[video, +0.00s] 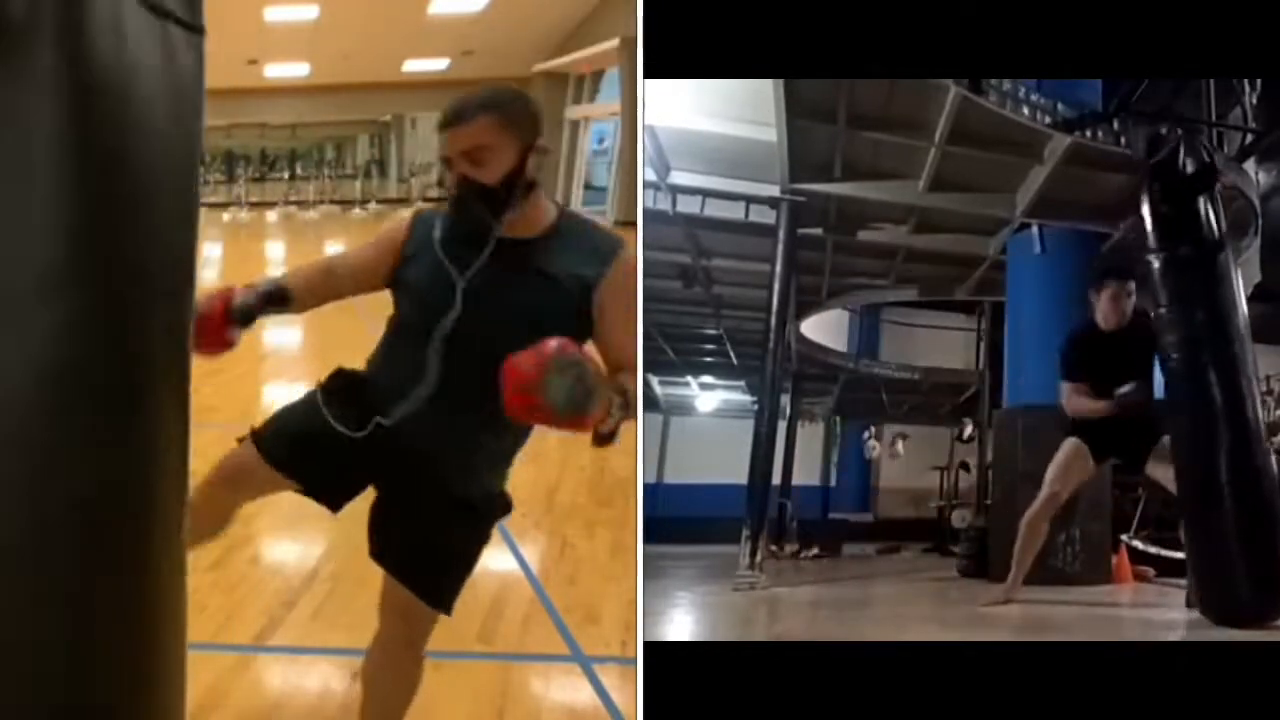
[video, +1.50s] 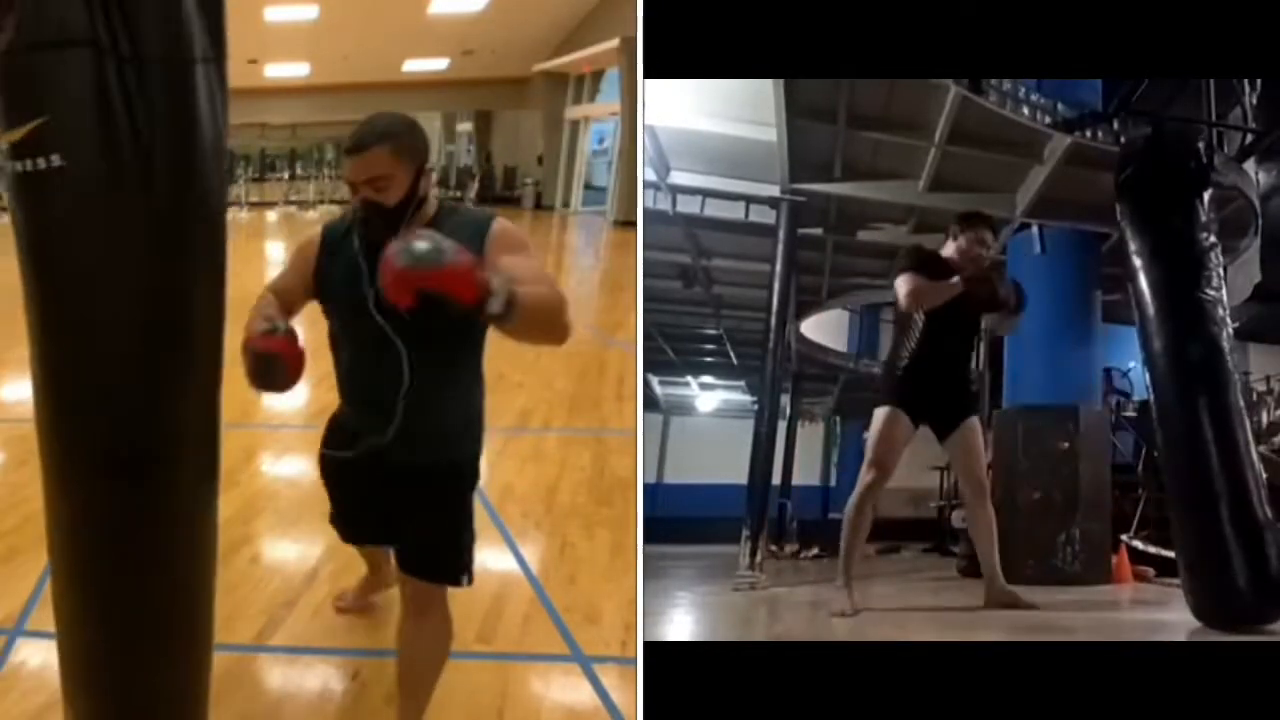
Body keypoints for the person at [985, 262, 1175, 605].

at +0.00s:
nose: (1121, 304)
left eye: (1127, 296)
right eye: (1114, 296)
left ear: (1136, 299)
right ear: (1095, 298)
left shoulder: (1145, 332)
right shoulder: (1079, 340)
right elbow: (1071, 403)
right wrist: (1113, 405)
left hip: (1140, 426)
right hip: (1094, 429)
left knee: (1196, 488)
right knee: (1050, 495)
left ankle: (1211, 581)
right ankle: (1011, 585)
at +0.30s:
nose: (1160, 259)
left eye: (1163, 254)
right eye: (1155, 251)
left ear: (1163, 259)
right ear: (1139, 253)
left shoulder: (1159, 291)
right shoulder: (1113, 282)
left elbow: (1176, 327)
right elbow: (1102, 331)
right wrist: (1140, 294)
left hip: (1139, 400)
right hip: (1100, 395)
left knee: (1167, 485)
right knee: (1065, 482)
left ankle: (1173, 584)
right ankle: (1003, 561)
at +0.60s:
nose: (1134, 345)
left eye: (1139, 341)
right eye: (1129, 338)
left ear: (1146, 341)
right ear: (1115, 330)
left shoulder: (1144, 361)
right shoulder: (1078, 340)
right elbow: (1047, 389)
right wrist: (1095, 391)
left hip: (1109, 442)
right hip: (1058, 439)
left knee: (1165, 486)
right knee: (1006, 499)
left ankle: (1174, 586)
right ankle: (965, 584)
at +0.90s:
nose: (1061, 289)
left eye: (1069, 285)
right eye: (1059, 278)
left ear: (1070, 289)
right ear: (1043, 271)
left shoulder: (1055, 317)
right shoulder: (1003, 298)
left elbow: (1077, 365)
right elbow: (989, 343)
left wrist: (1064, 324)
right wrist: (1030, 314)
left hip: (1032, 413)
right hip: (984, 410)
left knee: (1077, 479)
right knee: (957, 477)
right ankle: (949, 574)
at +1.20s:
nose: (1005, 283)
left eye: (1009, 276)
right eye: (1000, 273)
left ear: (1010, 274)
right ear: (978, 265)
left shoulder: (1000, 311)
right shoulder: (937, 285)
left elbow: (996, 349)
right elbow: (936, 335)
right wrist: (980, 316)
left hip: (959, 403)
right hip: (912, 398)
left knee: (1024, 460)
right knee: (880, 482)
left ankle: (1001, 556)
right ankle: (845, 586)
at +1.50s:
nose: (982, 253)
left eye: (988, 248)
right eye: (976, 243)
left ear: (991, 254)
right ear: (952, 241)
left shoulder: (980, 284)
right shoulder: (919, 261)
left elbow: (1009, 315)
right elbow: (911, 300)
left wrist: (1004, 286)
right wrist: (966, 280)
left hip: (955, 394)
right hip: (907, 389)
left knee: (977, 488)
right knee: (873, 476)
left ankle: (995, 587)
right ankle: (845, 584)